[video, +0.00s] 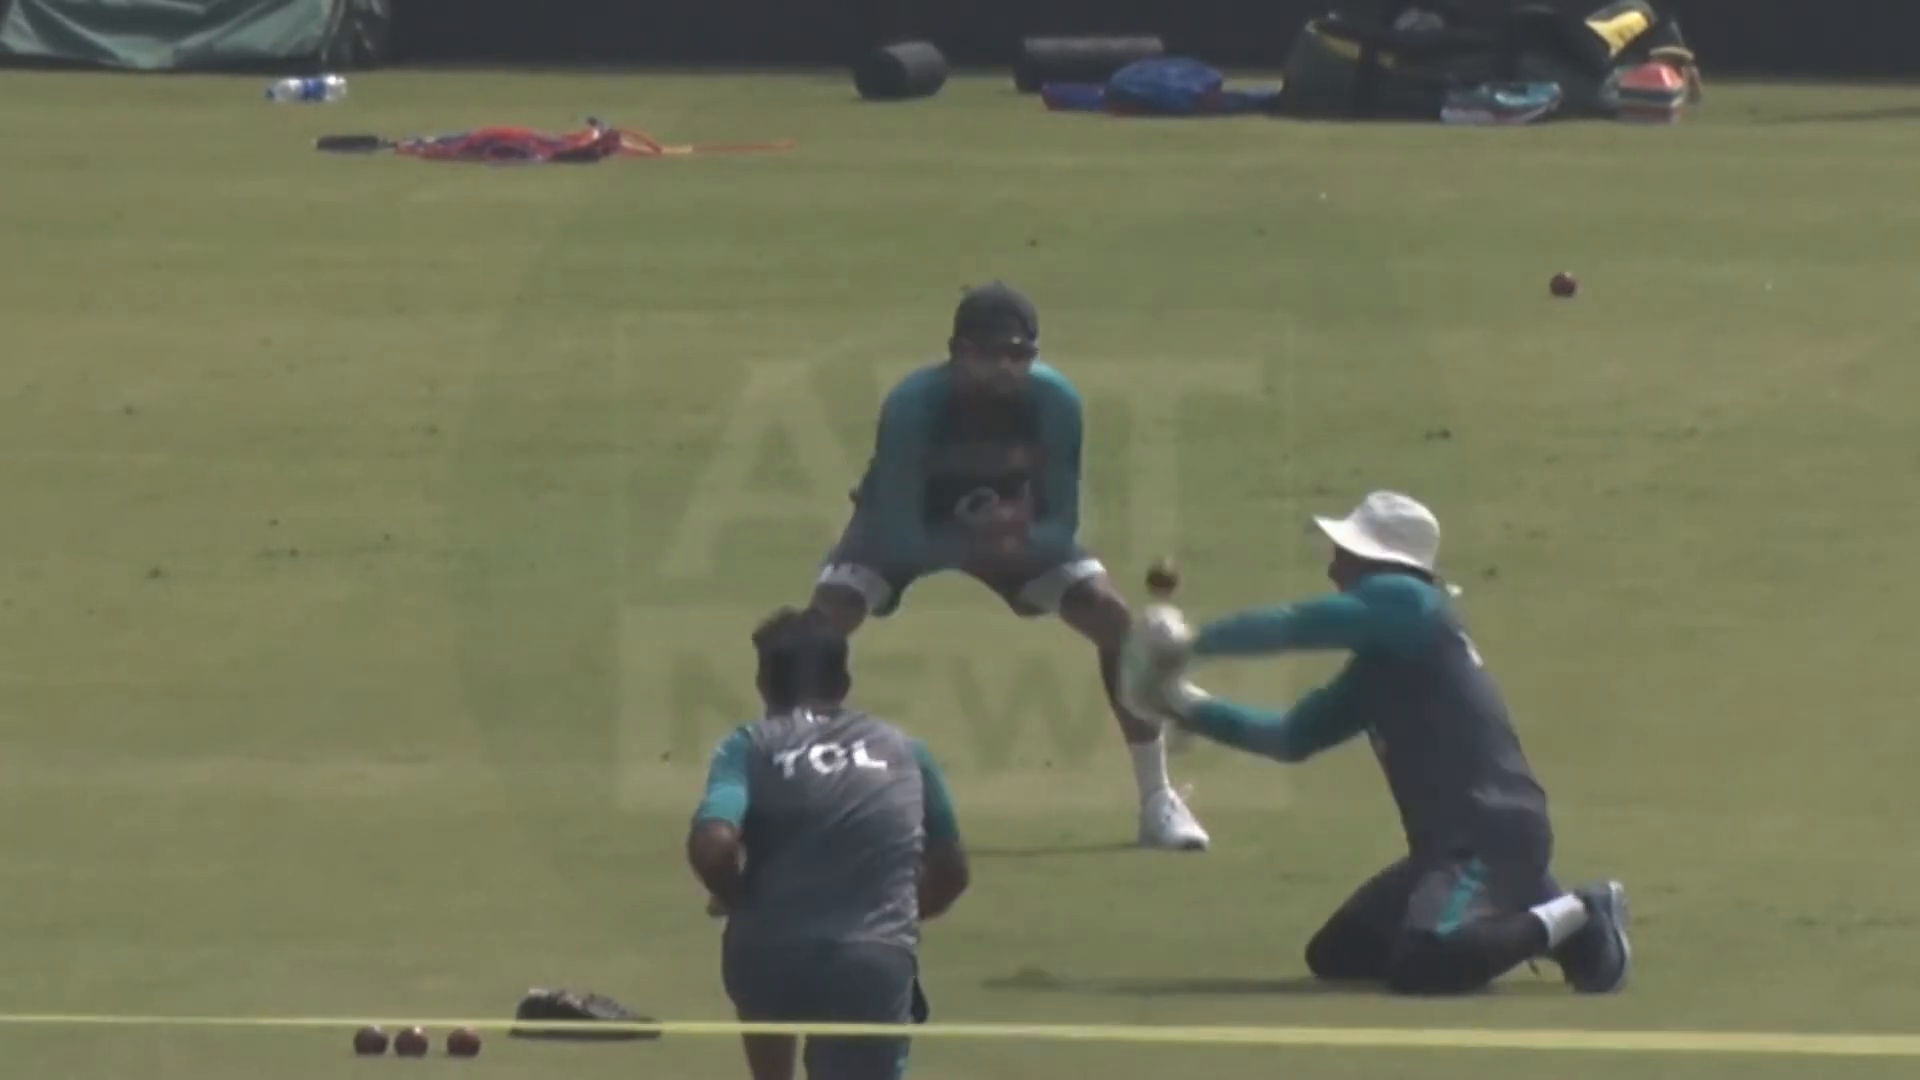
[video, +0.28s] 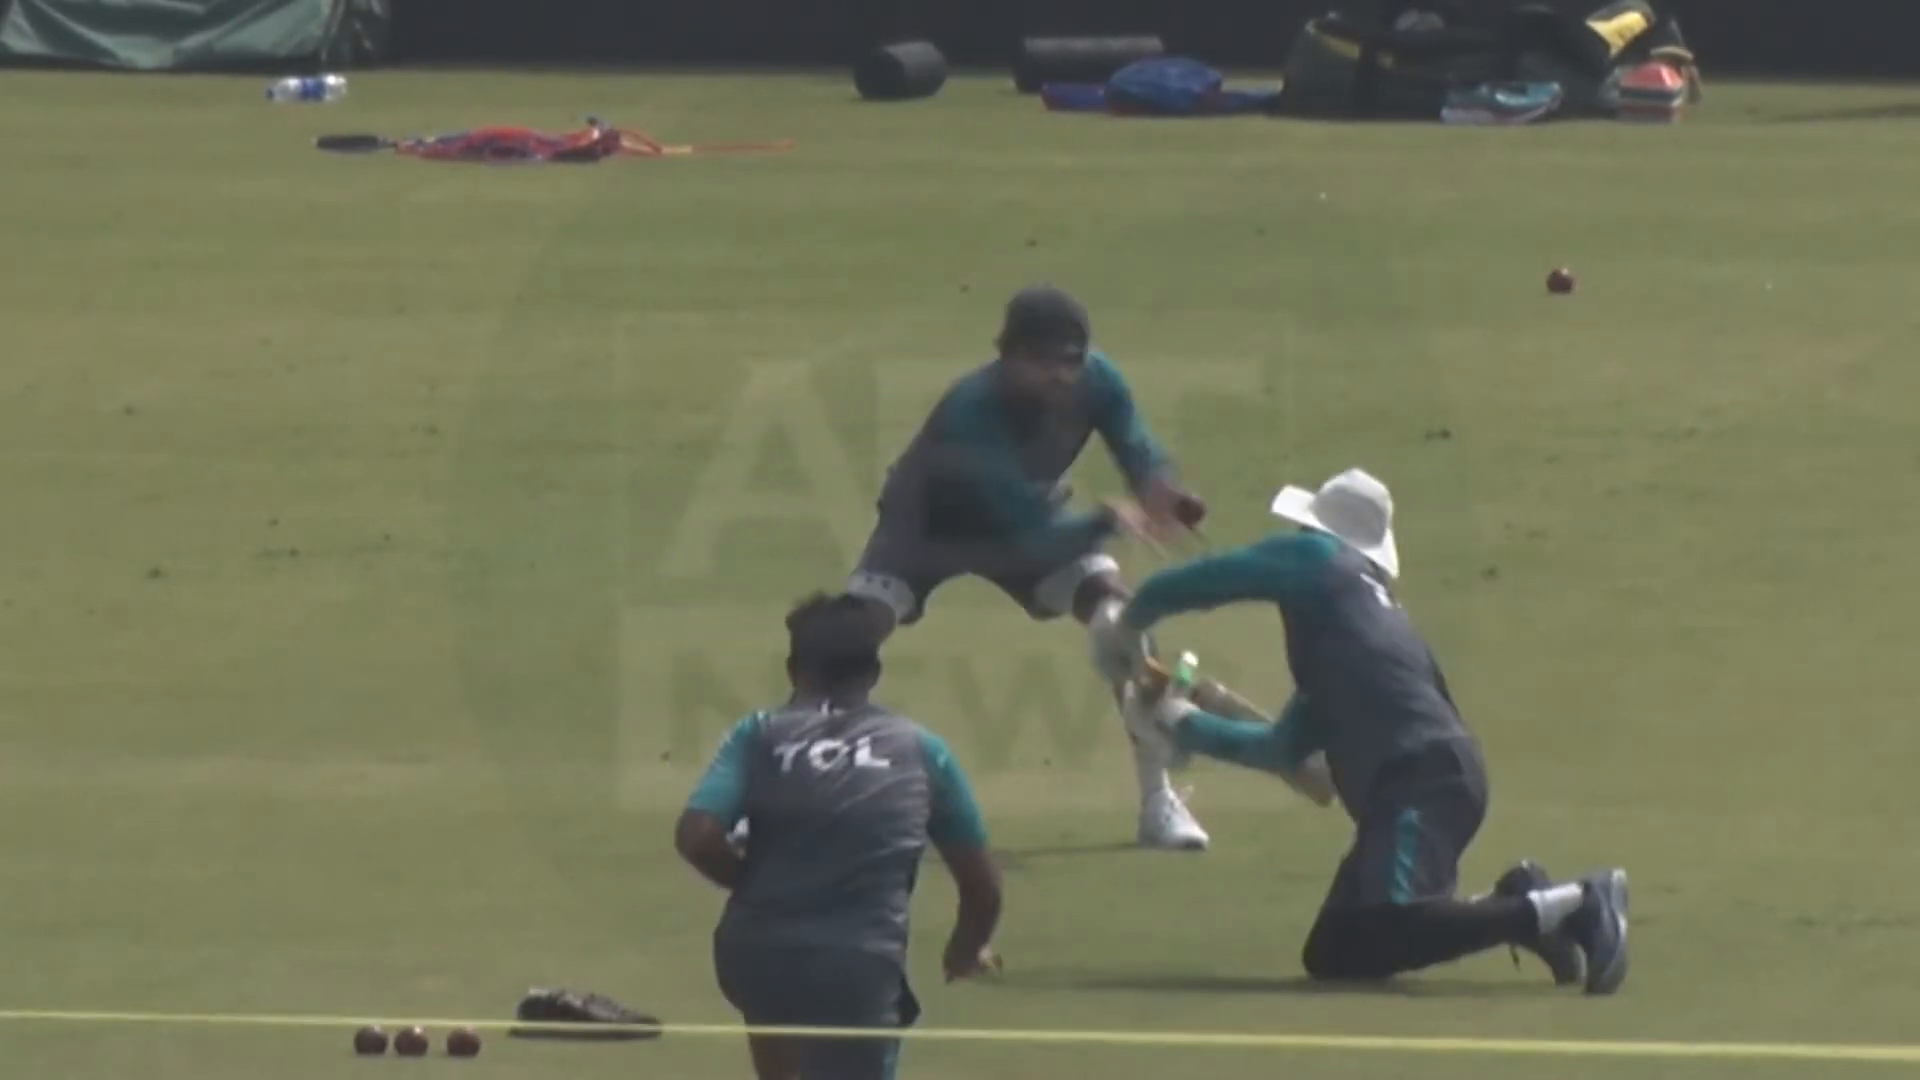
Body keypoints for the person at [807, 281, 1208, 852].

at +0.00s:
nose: (1004, 368)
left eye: (1017, 354)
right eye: (988, 354)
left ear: (1033, 355)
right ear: (957, 353)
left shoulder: (1056, 403)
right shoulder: (912, 403)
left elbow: (1060, 532)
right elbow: (896, 542)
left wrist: (1017, 538)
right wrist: (974, 543)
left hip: (1009, 538)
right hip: (907, 529)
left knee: (1116, 623)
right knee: (824, 624)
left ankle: (1159, 800)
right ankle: (783, 789)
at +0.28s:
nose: (1059, 375)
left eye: (1070, 361)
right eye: (1043, 361)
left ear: (1085, 360)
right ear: (1008, 356)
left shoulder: (1097, 383)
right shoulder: (970, 413)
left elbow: (1137, 449)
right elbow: (1031, 536)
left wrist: (1160, 490)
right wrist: (1105, 519)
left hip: (1022, 520)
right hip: (926, 526)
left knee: (1116, 618)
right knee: (858, 627)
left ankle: (1159, 800)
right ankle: (793, 775)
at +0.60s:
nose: (1169, 384)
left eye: (1173, 371)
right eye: (1162, 369)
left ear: (1169, 360)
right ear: (1128, 358)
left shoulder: (1145, 369)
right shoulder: (1055, 390)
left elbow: (1160, 444)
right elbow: (1045, 526)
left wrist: (1183, 515)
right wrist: (1147, 558)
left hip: (1034, 498)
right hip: (952, 495)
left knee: (1155, 605)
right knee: (888, 636)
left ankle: (1168, 799)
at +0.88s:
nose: (1268, 302)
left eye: (1272, 288)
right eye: (1262, 286)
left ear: (1228, 281)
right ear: (1219, 276)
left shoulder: (1211, 329)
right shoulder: (1122, 316)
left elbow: (1187, 423)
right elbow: (1034, 419)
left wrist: (1203, 510)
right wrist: (1063, 526)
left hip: (1109, 469)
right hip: (1023, 459)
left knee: (1196, 609)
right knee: (919, 626)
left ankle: (1163, 807)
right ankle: (793, 751)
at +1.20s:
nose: (1285, 177)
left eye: (1299, 166)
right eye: (1273, 160)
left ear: (1309, 172)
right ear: (1237, 152)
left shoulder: (1291, 246)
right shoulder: (1172, 216)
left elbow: (1280, 365)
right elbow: (1082, 313)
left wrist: (1293, 480)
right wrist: (1100, 412)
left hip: (1188, 427)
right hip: (1105, 411)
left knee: (1218, 607)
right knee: (1064, 585)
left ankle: (1168, 803)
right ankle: (992, 762)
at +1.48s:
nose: (1294, 132)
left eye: (1308, 120)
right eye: (1280, 117)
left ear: (1321, 124)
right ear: (1248, 112)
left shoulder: (1317, 208)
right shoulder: (1192, 197)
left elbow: (1312, 337)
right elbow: (1126, 308)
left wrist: (1316, 442)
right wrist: (1170, 401)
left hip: (1275, 434)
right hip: (1193, 432)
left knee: (1268, 603)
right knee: (1198, 601)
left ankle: (1239, 787)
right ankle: (1196, 782)